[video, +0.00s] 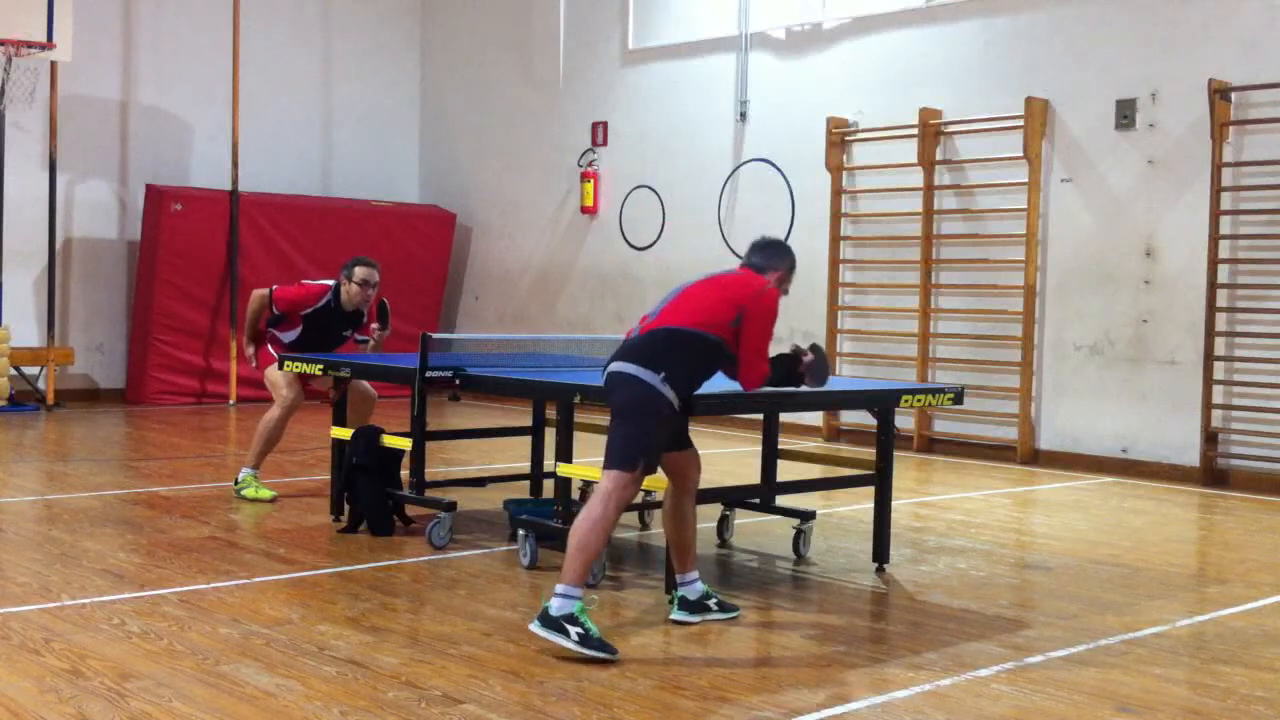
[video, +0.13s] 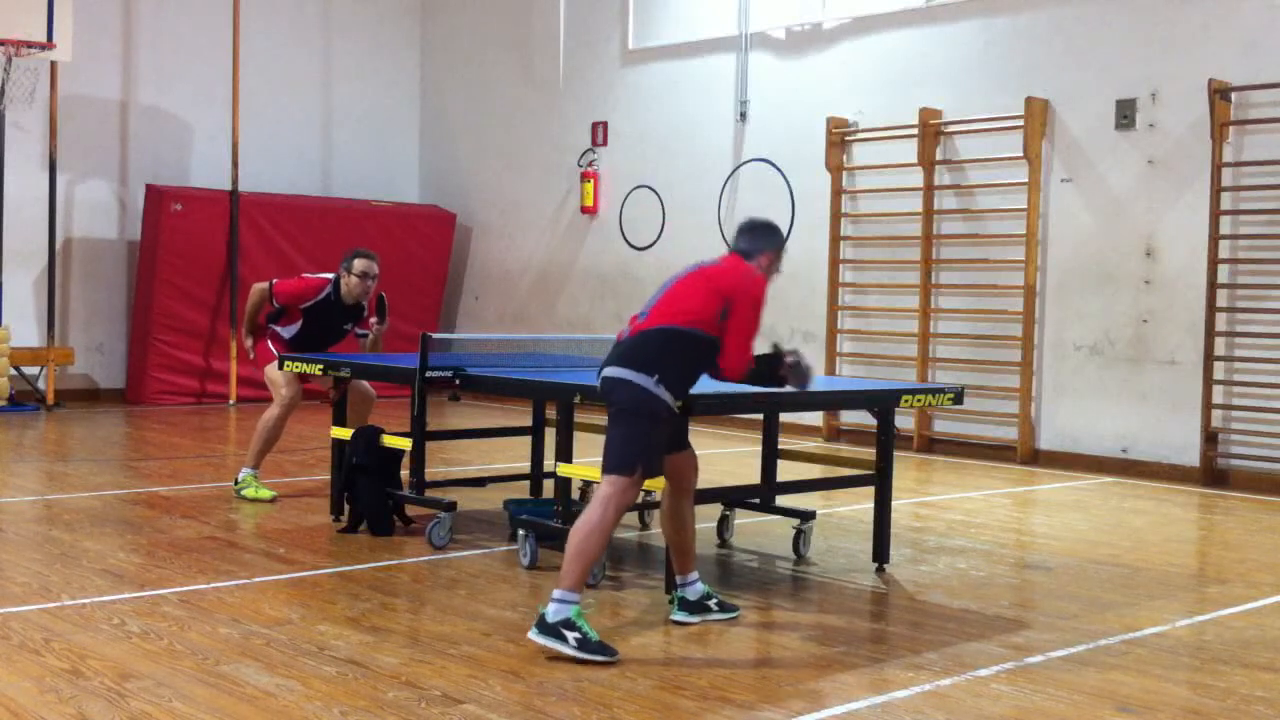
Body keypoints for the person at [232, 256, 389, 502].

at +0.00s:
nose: (369, 292)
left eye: (374, 286)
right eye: (363, 284)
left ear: (378, 288)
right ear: (345, 282)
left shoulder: (365, 308)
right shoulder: (313, 294)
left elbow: (366, 358)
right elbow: (259, 296)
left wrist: (377, 342)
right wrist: (249, 339)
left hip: (316, 359)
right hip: (276, 351)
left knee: (365, 397)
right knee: (290, 397)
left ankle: (352, 477)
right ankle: (247, 476)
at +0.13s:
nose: (369, 284)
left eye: (374, 278)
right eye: (363, 276)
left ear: (377, 281)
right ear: (344, 275)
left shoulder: (363, 306)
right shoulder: (312, 288)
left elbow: (369, 360)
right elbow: (259, 290)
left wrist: (376, 336)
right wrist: (247, 331)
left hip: (314, 355)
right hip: (274, 343)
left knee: (363, 396)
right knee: (288, 395)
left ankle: (350, 474)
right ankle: (247, 476)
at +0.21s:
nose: (369, 278)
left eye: (373, 273)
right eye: (363, 271)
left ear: (377, 275)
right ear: (344, 269)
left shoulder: (364, 300)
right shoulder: (313, 283)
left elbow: (370, 354)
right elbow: (260, 286)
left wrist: (376, 332)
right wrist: (248, 328)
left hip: (315, 351)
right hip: (276, 341)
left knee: (363, 395)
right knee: (288, 395)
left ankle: (349, 472)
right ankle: (247, 476)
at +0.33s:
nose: (370, 269)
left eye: (374, 264)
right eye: (363, 262)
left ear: (377, 267)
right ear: (345, 261)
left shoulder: (365, 295)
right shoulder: (316, 276)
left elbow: (368, 348)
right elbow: (262, 283)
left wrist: (376, 326)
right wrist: (252, 326)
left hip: (315, 348)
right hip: (277, 338)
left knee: (362, 394)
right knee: (286, 394)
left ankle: (350, 471)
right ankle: (247, 476)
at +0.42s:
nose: (370, 265)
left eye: (375, 260)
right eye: (363, 258)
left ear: (378, 263)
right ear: (346, 257)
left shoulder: (364, 293)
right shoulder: (318, 273)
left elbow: (369, 345)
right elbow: (263, 283)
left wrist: (376, 325)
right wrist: (254, 329)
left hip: (315, 345)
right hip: (280, 334)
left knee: (362, 393)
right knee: (286, 393)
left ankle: (350, 472)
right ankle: (247, 475)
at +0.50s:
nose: (372, 264)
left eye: (376, 259)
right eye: (365, 257)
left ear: (380, 262)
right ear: (347, 256)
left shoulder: (367, 292)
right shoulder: (320, 272)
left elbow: (369, 344)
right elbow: (264, 284)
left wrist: (378, 325)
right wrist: (257, 330)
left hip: (315, 344)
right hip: (281, 334)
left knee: (362, 392)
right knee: (286, 393)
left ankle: (349, 471)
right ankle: (247, 475)